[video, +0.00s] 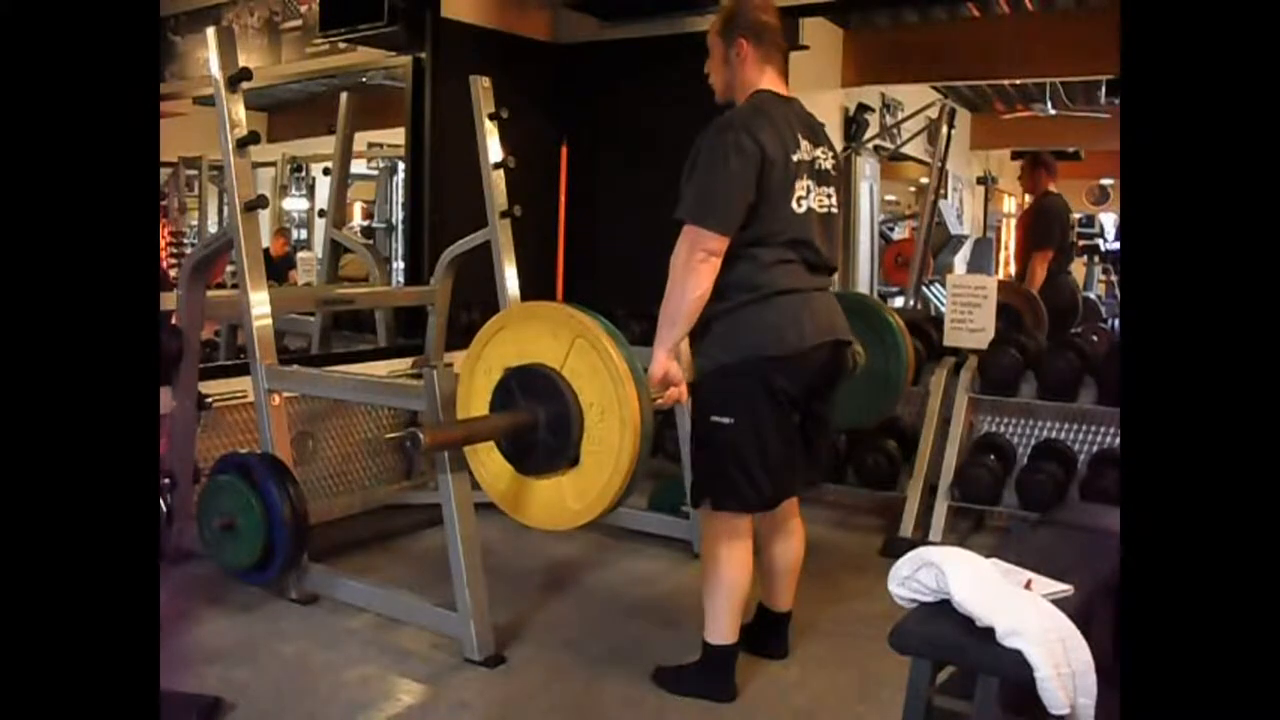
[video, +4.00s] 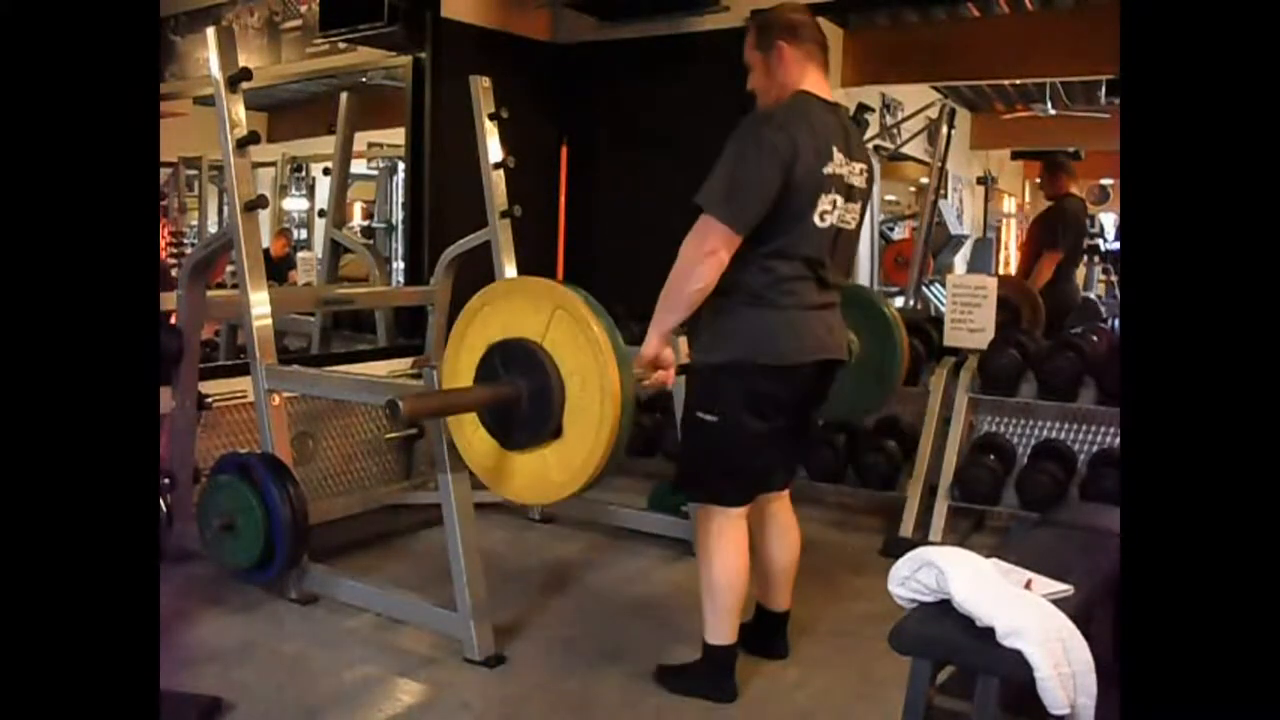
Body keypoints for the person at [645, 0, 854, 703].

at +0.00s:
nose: (710, 72)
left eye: (713, 57)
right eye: (711, 58)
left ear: (741, 52)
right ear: (774, 54)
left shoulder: (737, 129)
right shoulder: (812, 129)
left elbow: (703, 247)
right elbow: (803, 248)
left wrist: (665, 346)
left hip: (749, 343)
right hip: (817, 338)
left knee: (727, 512)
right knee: (780, 498)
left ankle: (715, 668)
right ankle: (772, 630)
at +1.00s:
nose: (672, 110)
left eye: (672, 93)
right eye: (669, 95)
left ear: (699, 82)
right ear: (731, 81)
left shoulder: (711, 146)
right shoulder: (787, 139)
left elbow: (692, 265)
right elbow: (805, 248)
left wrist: (668, 372)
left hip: (770, 349)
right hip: (838, 339)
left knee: (732, 506)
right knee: (789, 496)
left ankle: (716, 667)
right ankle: (774, 631)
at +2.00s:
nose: (645, 170)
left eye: (644, 152)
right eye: (642, 155)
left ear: (666, 139)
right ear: (699, 137)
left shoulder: (688, 199)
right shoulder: (759, 184)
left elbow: (672, 317)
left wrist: (653, 428)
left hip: (799, 356)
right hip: (869, 340)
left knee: (736, 500)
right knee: (796, 497)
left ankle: (717, 668)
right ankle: (773, 630)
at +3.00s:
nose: (623, 258)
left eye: (623, 243)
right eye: (620, 245)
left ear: (646, 233)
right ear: (674, 229)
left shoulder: (673, 279)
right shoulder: (732, 260)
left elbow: (663, 399)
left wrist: (647, 515)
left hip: (823, 374)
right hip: (891, 357)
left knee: (733, 507)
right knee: (795, 503)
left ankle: (716, 669)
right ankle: (773, 629)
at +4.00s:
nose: (750, 85)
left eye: (752, 69)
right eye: (749, 71)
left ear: (780, 57)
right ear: (813, 57)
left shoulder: (775, 127)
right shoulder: (853, 138)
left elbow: (712, 244)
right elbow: (828, 254)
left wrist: (658, 332)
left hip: (747, 345)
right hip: (814, 345)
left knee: (721, 502)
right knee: (772, 491)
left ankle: (715, 667)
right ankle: (771, 631)